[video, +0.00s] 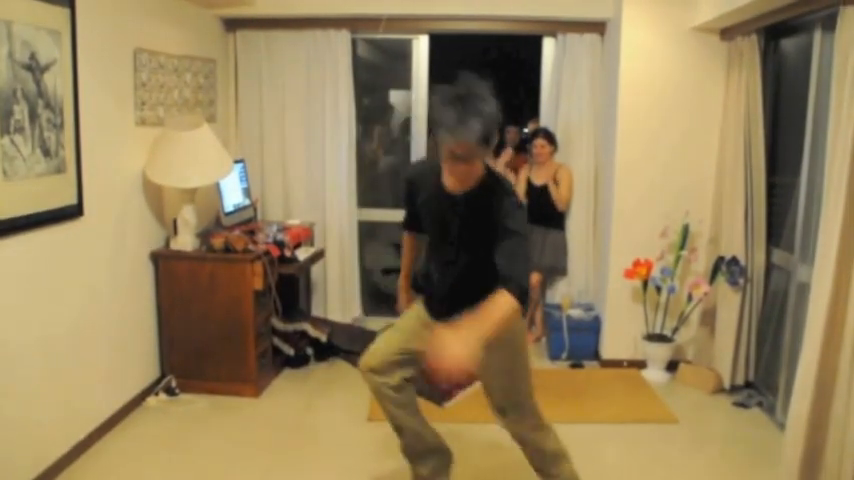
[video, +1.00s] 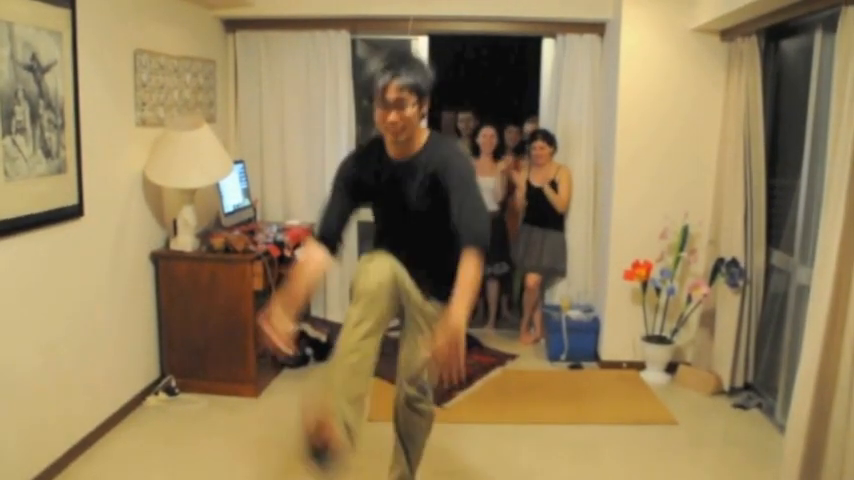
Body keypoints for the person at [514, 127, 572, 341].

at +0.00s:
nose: (538, 151)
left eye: (542, 146)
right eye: (535, 146)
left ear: (552, 149)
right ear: (530, 150)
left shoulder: (561, 171)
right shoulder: (526, 171)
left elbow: (562, 205)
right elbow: (520, 199)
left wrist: (551, 184)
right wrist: (521, 176)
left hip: (551, 230)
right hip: (531, 228)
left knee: (535, 278)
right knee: (537, 283)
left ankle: (527, 322)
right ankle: (539, 325)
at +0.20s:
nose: (537, 151)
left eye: (542, 146)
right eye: (534, 146)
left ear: (551, 149)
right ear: (529, 150)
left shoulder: (561, 172)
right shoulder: (526, 171)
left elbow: (562, 206)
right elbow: (520, 200)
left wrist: (535, 194)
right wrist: (522, 182)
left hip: (551, 231)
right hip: (529, 229)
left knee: (545, 280)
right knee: (529, 277)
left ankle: (539, 324)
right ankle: (527, 323)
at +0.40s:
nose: (537, 151)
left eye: (542, 146)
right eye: (534, 146)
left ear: (552, 149)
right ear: (529, 150)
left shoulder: (560, 172)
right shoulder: (523, 172)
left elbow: (560, 205)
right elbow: (516, 200)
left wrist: (550, 183)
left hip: (550, 231)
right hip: (527, 228)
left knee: (532, 278)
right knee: (535, 282)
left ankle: (526, 323)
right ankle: (538, 325)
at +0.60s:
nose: (537, 151)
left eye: (542, 147)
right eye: (534, 147)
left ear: (551, 149)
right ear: (529, 150)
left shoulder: (562, 172)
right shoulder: (525, 171)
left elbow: (561, 208)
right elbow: (521, 201)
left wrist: (535, 193)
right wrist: (524, 174)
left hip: (550, 226)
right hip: (527, 226)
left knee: (532, 277)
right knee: (533, 281)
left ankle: (525, 323)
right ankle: (538, 326)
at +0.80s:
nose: (537, 152)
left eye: (542, 148)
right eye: (534, 148)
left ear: (552, 150)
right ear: (529, 151)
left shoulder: (561, 172)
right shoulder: (526, 171)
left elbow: (562, 206)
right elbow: (521, 201)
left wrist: (542, 189)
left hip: (550, 231)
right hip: (529, 228)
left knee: (532, 278)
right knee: (534, 283)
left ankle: (525, 323)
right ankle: (538, 327)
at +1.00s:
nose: (537, 153)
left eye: (542, 148)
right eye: (534, 148)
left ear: (552, 150)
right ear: (530, 151)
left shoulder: (561, 172)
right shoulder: (526, 173)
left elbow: (562, 206)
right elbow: (519, 206)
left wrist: (545, 187)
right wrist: (519, 183)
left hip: (551, 231)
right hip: (530, 228)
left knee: (532, 279)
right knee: (535, 284)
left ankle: (525, 323)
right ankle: (538, 328)